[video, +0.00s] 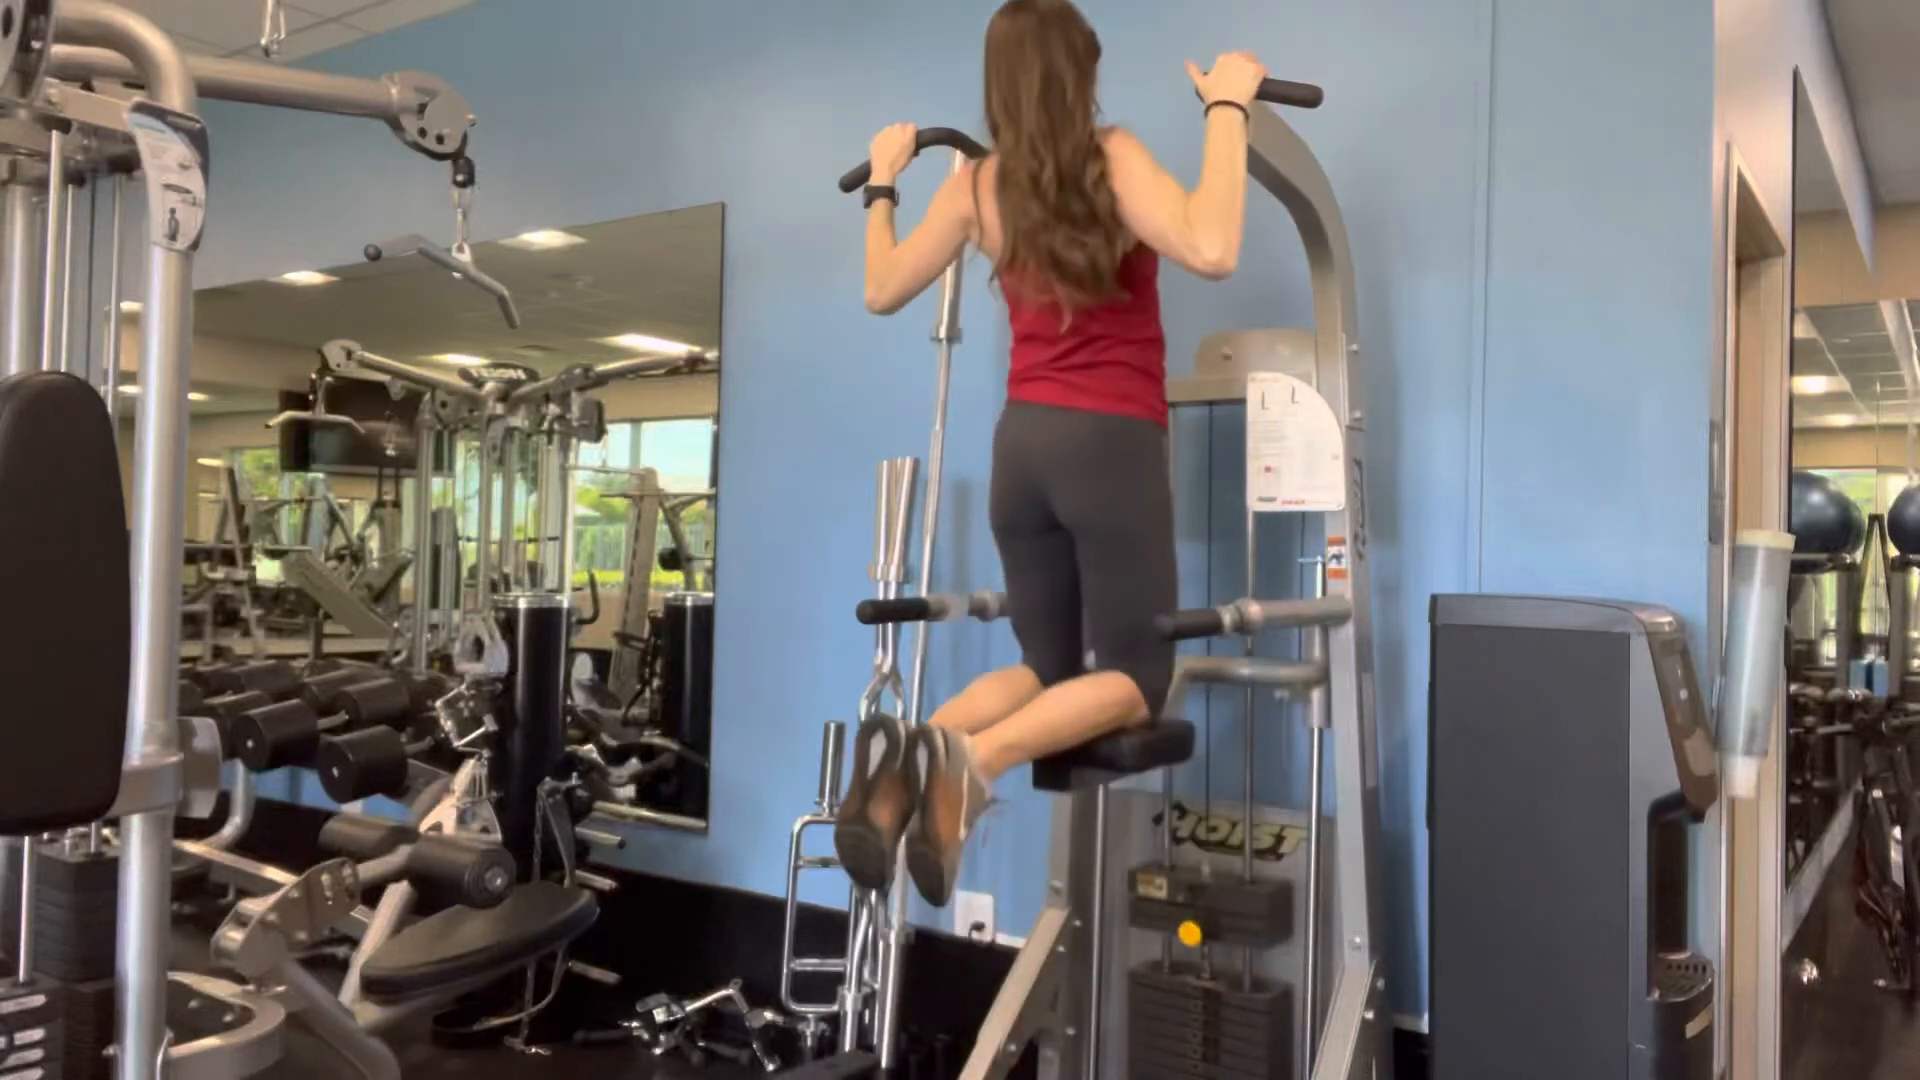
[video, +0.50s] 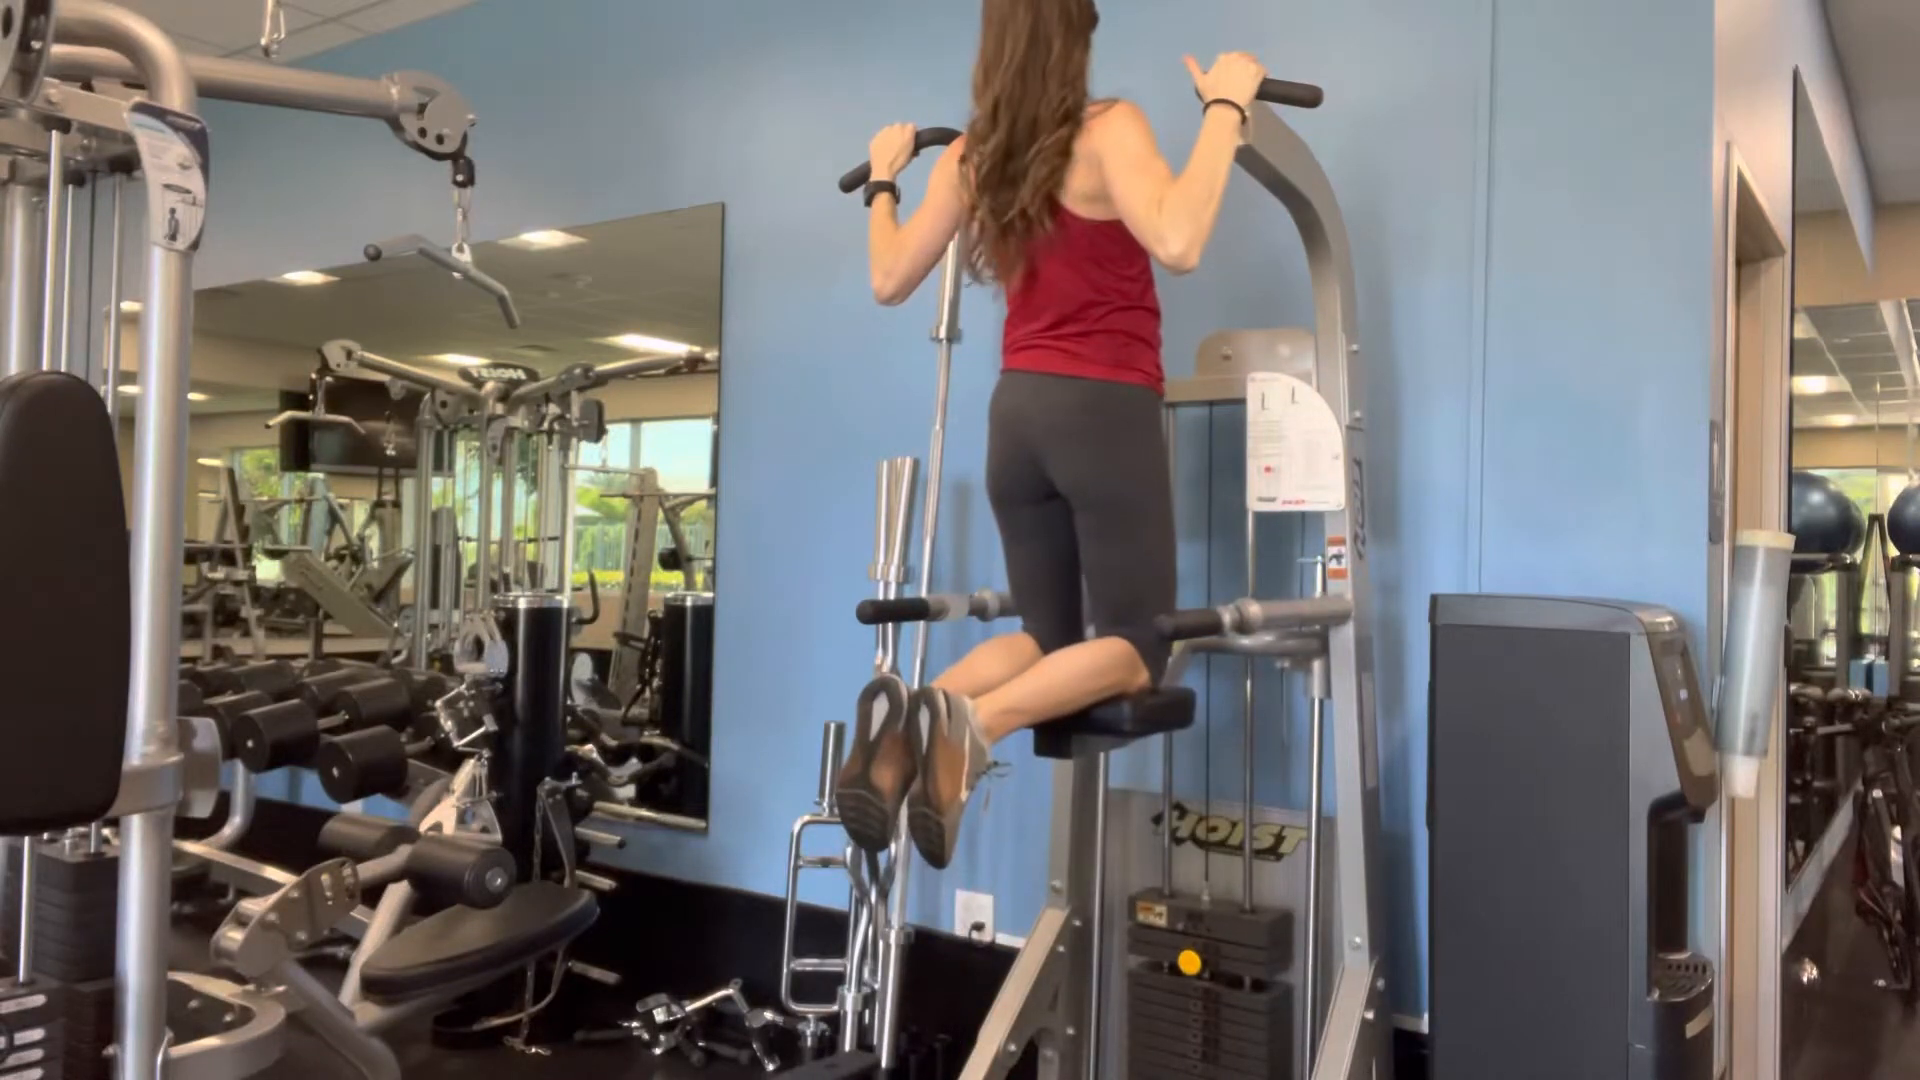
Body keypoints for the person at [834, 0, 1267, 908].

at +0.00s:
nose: (1093, 77)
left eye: (1080, 61)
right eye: (1088, 63)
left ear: (999, 80)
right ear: (1081, 72)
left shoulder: (977, 182)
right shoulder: (1111, 156)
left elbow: (884, 288)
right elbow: (1211, 249)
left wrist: (880, 183)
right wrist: (1228, 109)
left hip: (1021, 442)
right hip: (1110, 443)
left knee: (1050, 671)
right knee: (1134, 686)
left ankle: (919, 748)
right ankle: (977, 757)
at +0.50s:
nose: (1087, 36)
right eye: (1083, 25)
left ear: (995, 43)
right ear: (1078, 36)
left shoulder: (975, 151)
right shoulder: (1107, 126)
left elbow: (891, 278)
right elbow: (1178, 240)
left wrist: (880, 178)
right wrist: (1226, 109)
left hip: (1016, 411)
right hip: (1104, 410)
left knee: (1047, 638)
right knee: (1136, 651)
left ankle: (916, 714)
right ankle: (977, 722)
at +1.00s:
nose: (1090, 56)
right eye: (1085, 42)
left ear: (999, 57)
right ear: (1080, 52)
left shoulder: (970, 161)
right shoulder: (1108, 139)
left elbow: (882, 281)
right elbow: (1195, 243)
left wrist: (878, 178)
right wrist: (1228, 109)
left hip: (1015, 424)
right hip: (1104, 424)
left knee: (1049, 649)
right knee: (1136, 663)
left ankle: (918, 716)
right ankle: (978, 727)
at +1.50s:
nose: (1033, 263)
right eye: (1025, 254)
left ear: (946, 284)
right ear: (1023, 275)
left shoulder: (946, 364)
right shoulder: (1066, 348)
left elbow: (894, 288)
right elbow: (1213, 262)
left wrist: (884, 185)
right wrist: (1224, 110)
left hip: (987, 658)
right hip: (1077, 665)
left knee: (1036, 863)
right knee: (1123, 884)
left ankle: (895, 962)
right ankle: (959, 970)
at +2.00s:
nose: (1050, 329)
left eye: (999, 329)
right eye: (1041, 324)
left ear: (965, 362)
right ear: (1039, 345)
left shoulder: (968, 423)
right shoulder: (1090, 404)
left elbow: (921, 302)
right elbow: (1191, 273)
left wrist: (890, 186)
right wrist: (1222, 116)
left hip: (992, 713)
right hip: (1082, 729)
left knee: (1022, 929)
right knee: (1115, 949)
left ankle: (903, 1044)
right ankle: (967, 1065)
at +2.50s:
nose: (1070, 165)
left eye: (1060, 156)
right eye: (1063, 155)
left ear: (968, 171)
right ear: (1051, 165)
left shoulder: (969, 264)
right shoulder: (1091, 246)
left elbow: (873, 296)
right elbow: (1251, 249)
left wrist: (879, 184)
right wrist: (1230, 110)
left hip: (1011, 534)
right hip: (1099, 540)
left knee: (1034, 758)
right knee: (1128, 773)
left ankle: (909, 850)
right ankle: (968, 865)